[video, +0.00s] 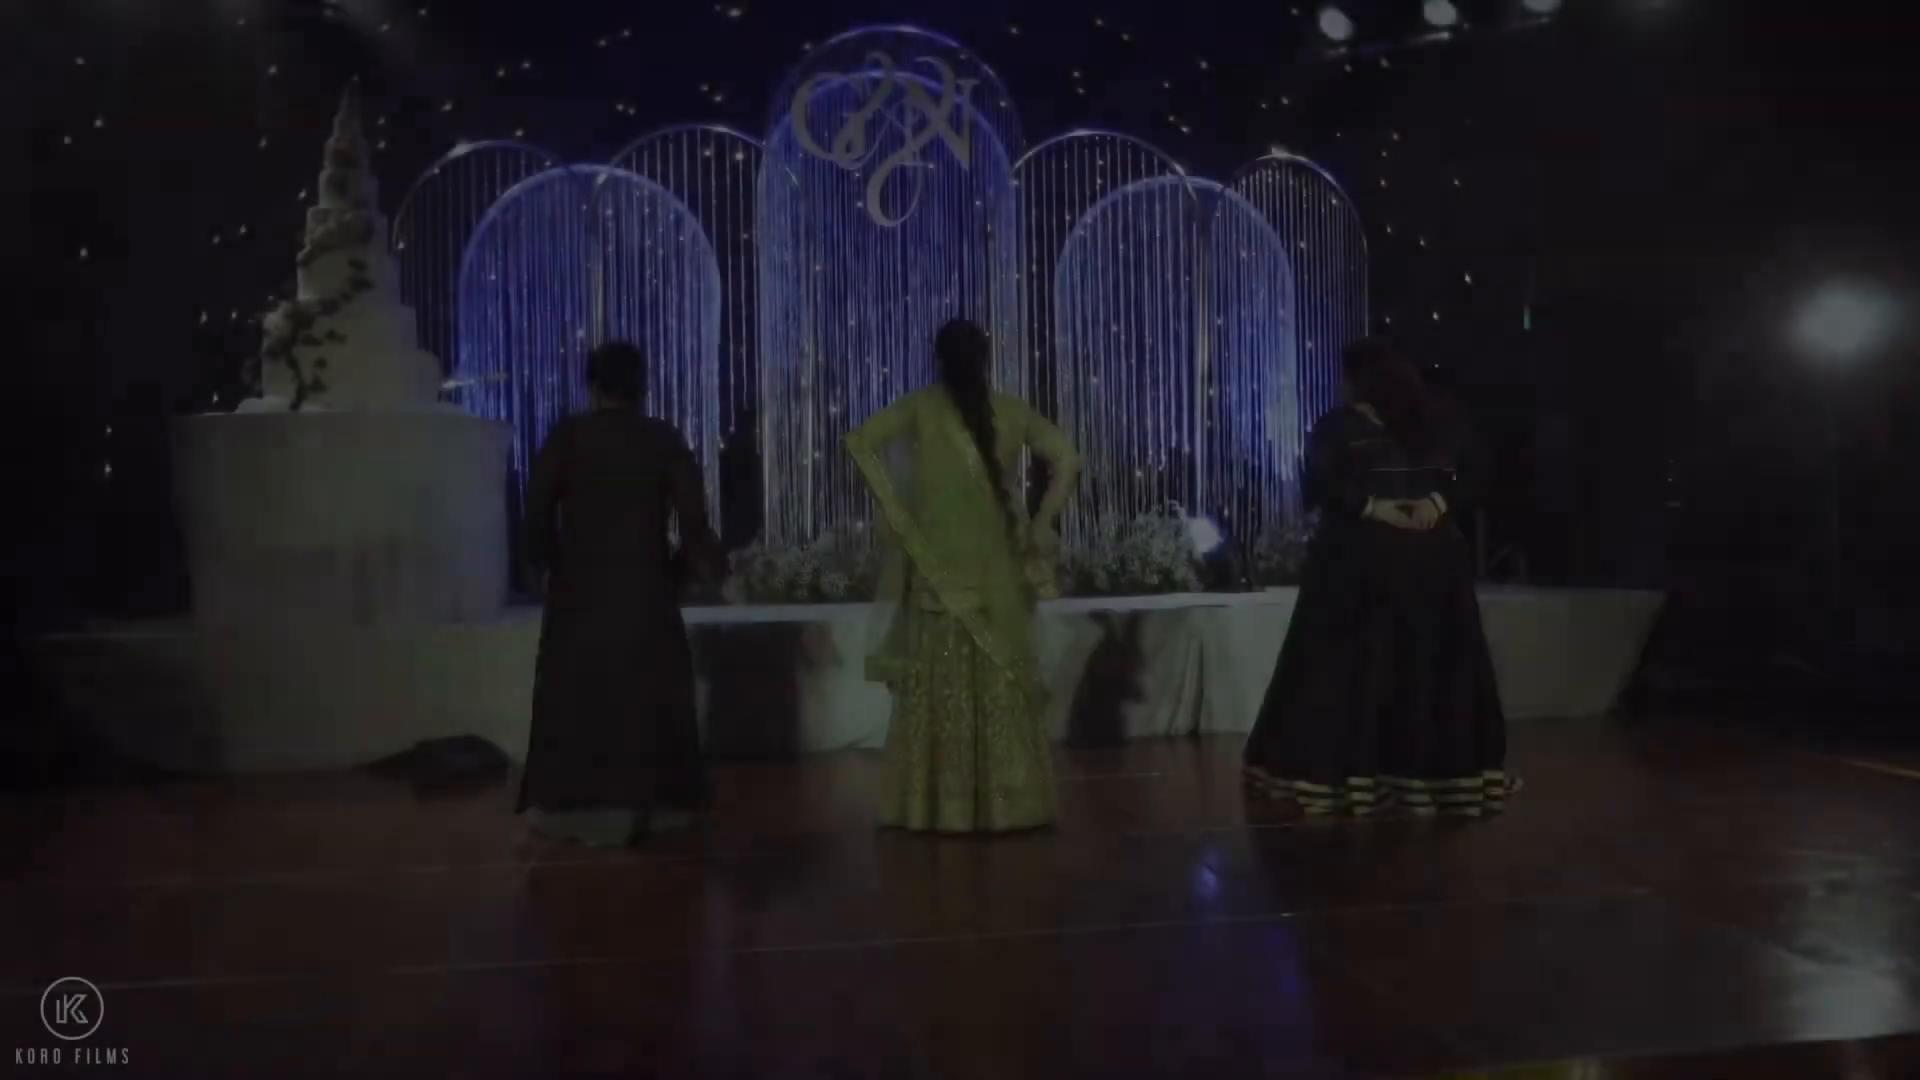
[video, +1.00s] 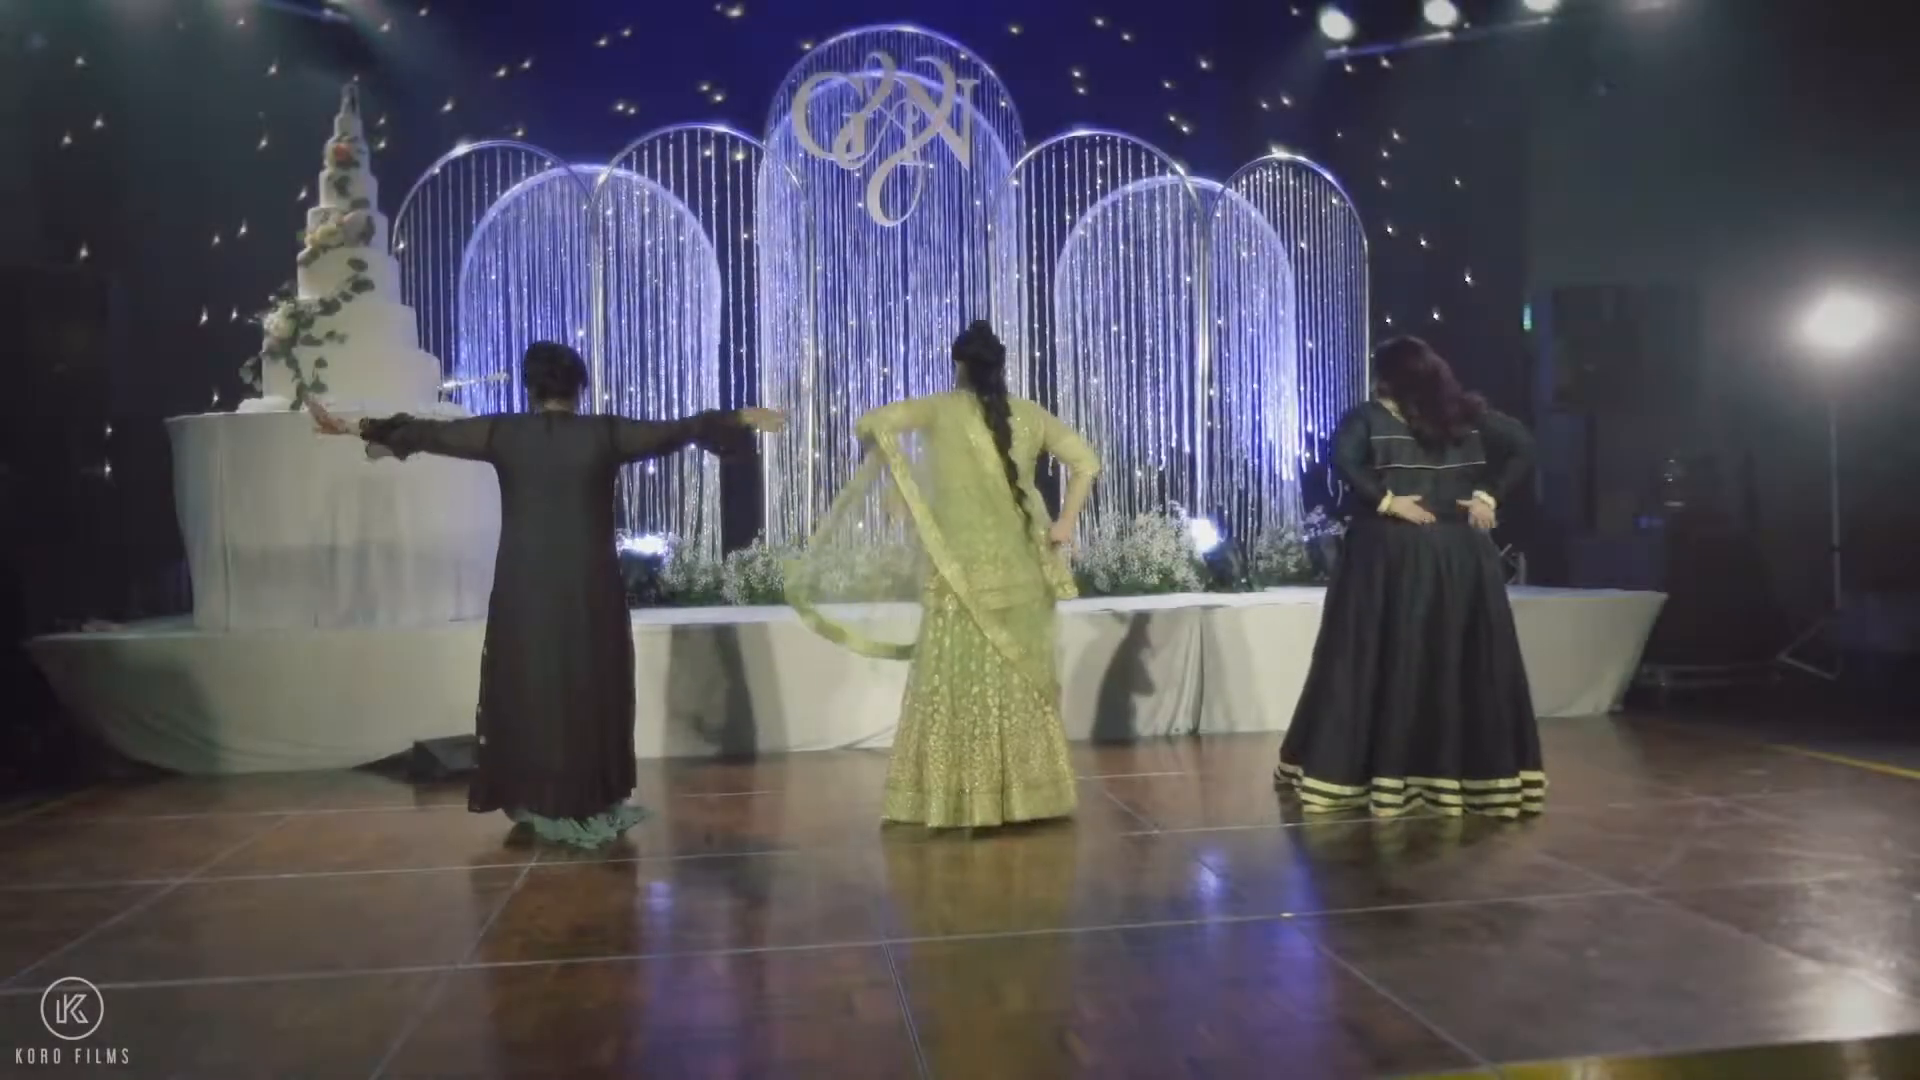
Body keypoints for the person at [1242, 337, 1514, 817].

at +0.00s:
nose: (1343, 385)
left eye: (1345, 378)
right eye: (1345, 377)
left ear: (1353, 379)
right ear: (1403, 376)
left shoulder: (1337, 427)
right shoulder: (1434, 421)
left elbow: (1321, 485)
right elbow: (1468, 472)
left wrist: (1373, 507)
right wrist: (1437, 502)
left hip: (1361, 566)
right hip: (1431, 565)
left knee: (1357, 666)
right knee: (1428, 665)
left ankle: (1358, 779)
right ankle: (1430, 778)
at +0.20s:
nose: (1355, 385)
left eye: (1359, 378)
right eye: (1357, 377)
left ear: (1371, 381)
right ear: (1413, 377)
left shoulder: (1357, 422)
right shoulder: (1447, 419)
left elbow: (1331, 472)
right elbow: (1499, 463)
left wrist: (1383, 506)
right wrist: (1459, 498)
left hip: (1382, 568)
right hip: (1448, 567)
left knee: (1373, 668)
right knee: (1441, 669)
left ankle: (1367, 778)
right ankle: (1437, 779)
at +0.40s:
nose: (1370, 386)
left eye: (1374, 378)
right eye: (1372, 377)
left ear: (1388, 381)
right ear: (1429, 377)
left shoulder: (1371, 422)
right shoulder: (1467, 420)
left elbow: (1349, 474)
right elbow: (1517, 467)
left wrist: (1399, 507)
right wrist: (1472, 498)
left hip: (1393, 567)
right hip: (1462, 567)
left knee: (1385, 669)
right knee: (1454, 670)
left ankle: (1377, 781)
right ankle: (1451, 782)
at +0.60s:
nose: (1378, 385)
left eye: (1381, 377)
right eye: (1379, 377)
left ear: (1395, 380)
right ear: (1438, 374)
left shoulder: (1377, 420)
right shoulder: (1475, 420)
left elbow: (1353, 469)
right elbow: (1525, 469)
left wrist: (1403, 505)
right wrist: (1476, 498)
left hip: (1398, 565)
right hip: (1468, 565)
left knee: (1392, 667)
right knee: (1462, 669)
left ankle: (1386, 781)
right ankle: (1458, 781)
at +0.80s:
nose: (1379, 386)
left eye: (1382, 378)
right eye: (1380, 378)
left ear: (1393, 380)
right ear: (1437, 373)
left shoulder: (1375, 419)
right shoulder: (1475, 419)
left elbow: (1353, 468)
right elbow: (1523, 470)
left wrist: (1399, 505)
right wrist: (1475, 498)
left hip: (1396, 567)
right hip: (1467, 568)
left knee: (1391, 669)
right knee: (1463, 670)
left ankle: (1388, 783)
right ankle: (1460, 782)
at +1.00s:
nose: (1375, 389)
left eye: (1377, 380)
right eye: (1376, 381)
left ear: (1386, 380)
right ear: (1433, 372)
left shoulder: (1369, 417)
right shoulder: (1466, 413)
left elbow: (1343, 459)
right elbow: (1522, 443)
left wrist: (1388, 501)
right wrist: (1492, 494)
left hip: (1393, 562)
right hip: (1463, 560)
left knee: (1390, 666)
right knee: (1459, 667)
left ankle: (1388, 780)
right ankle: (1459, 780)